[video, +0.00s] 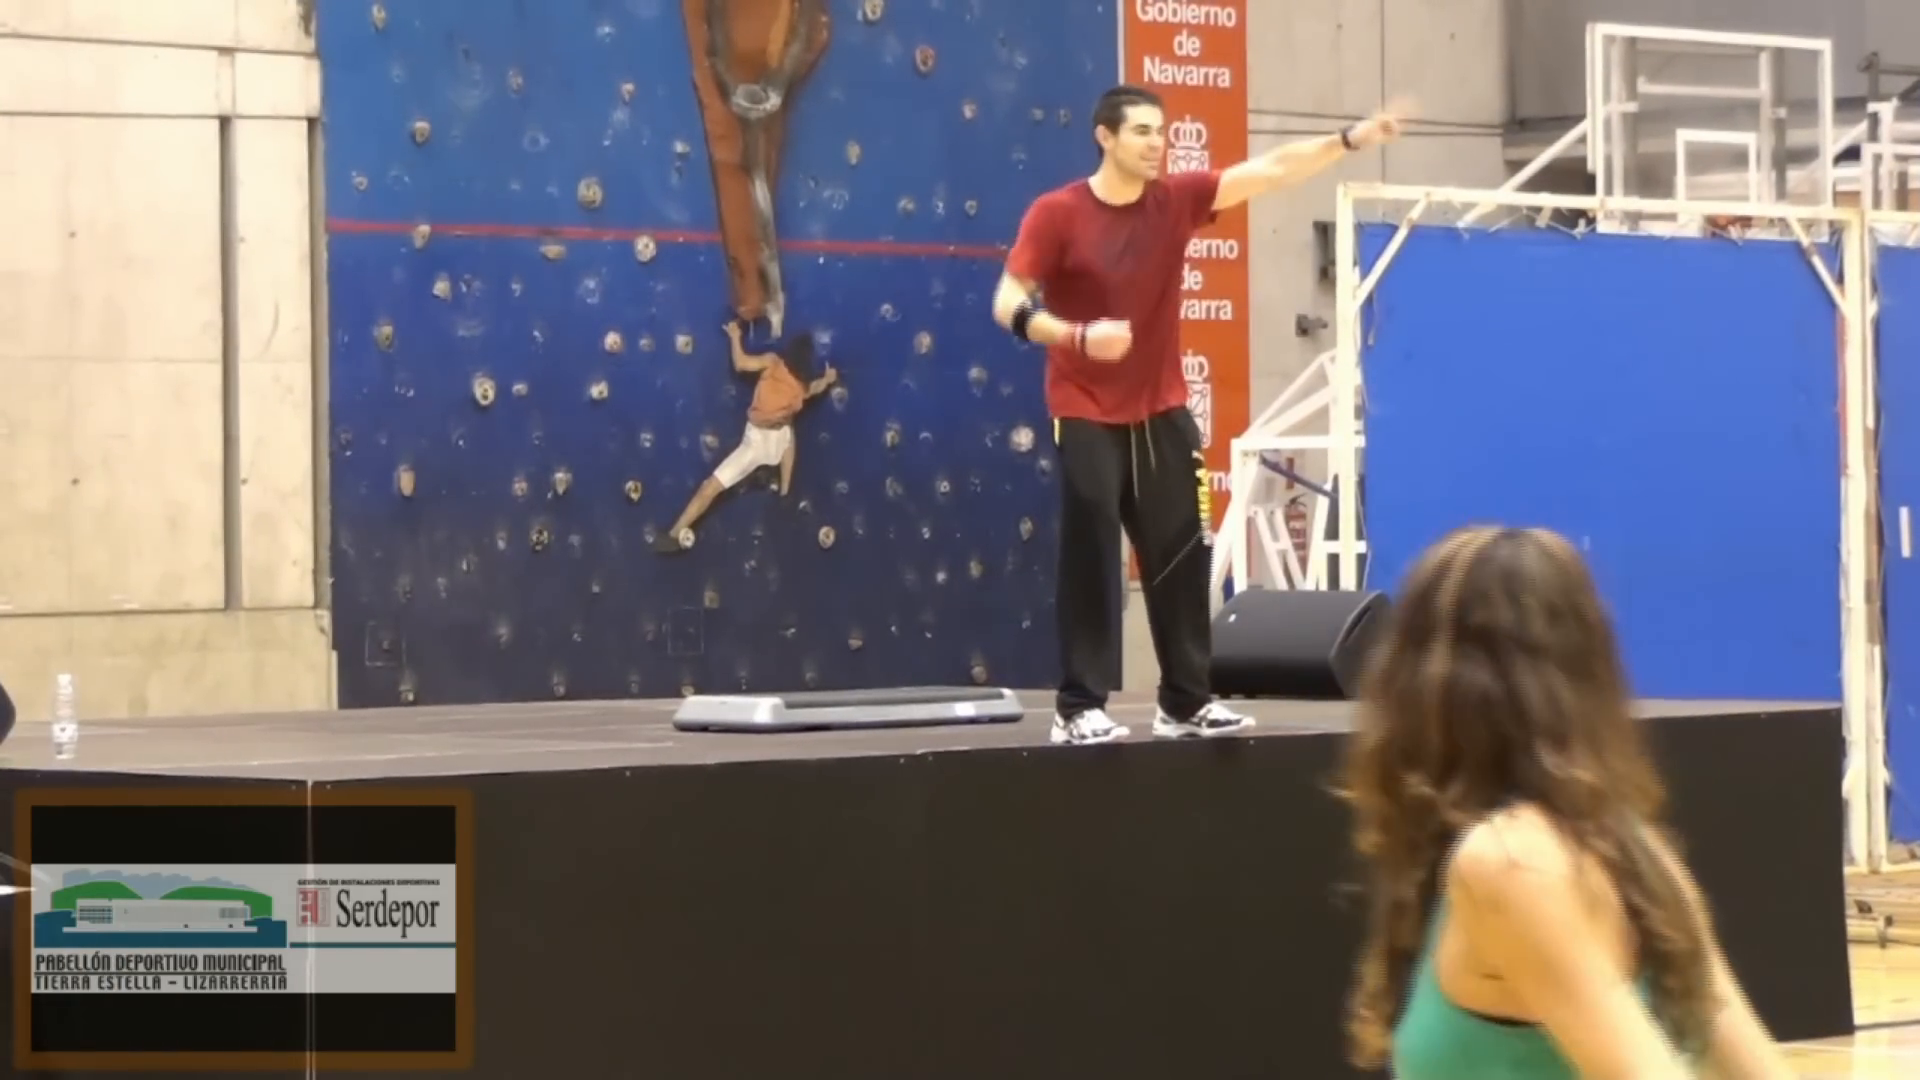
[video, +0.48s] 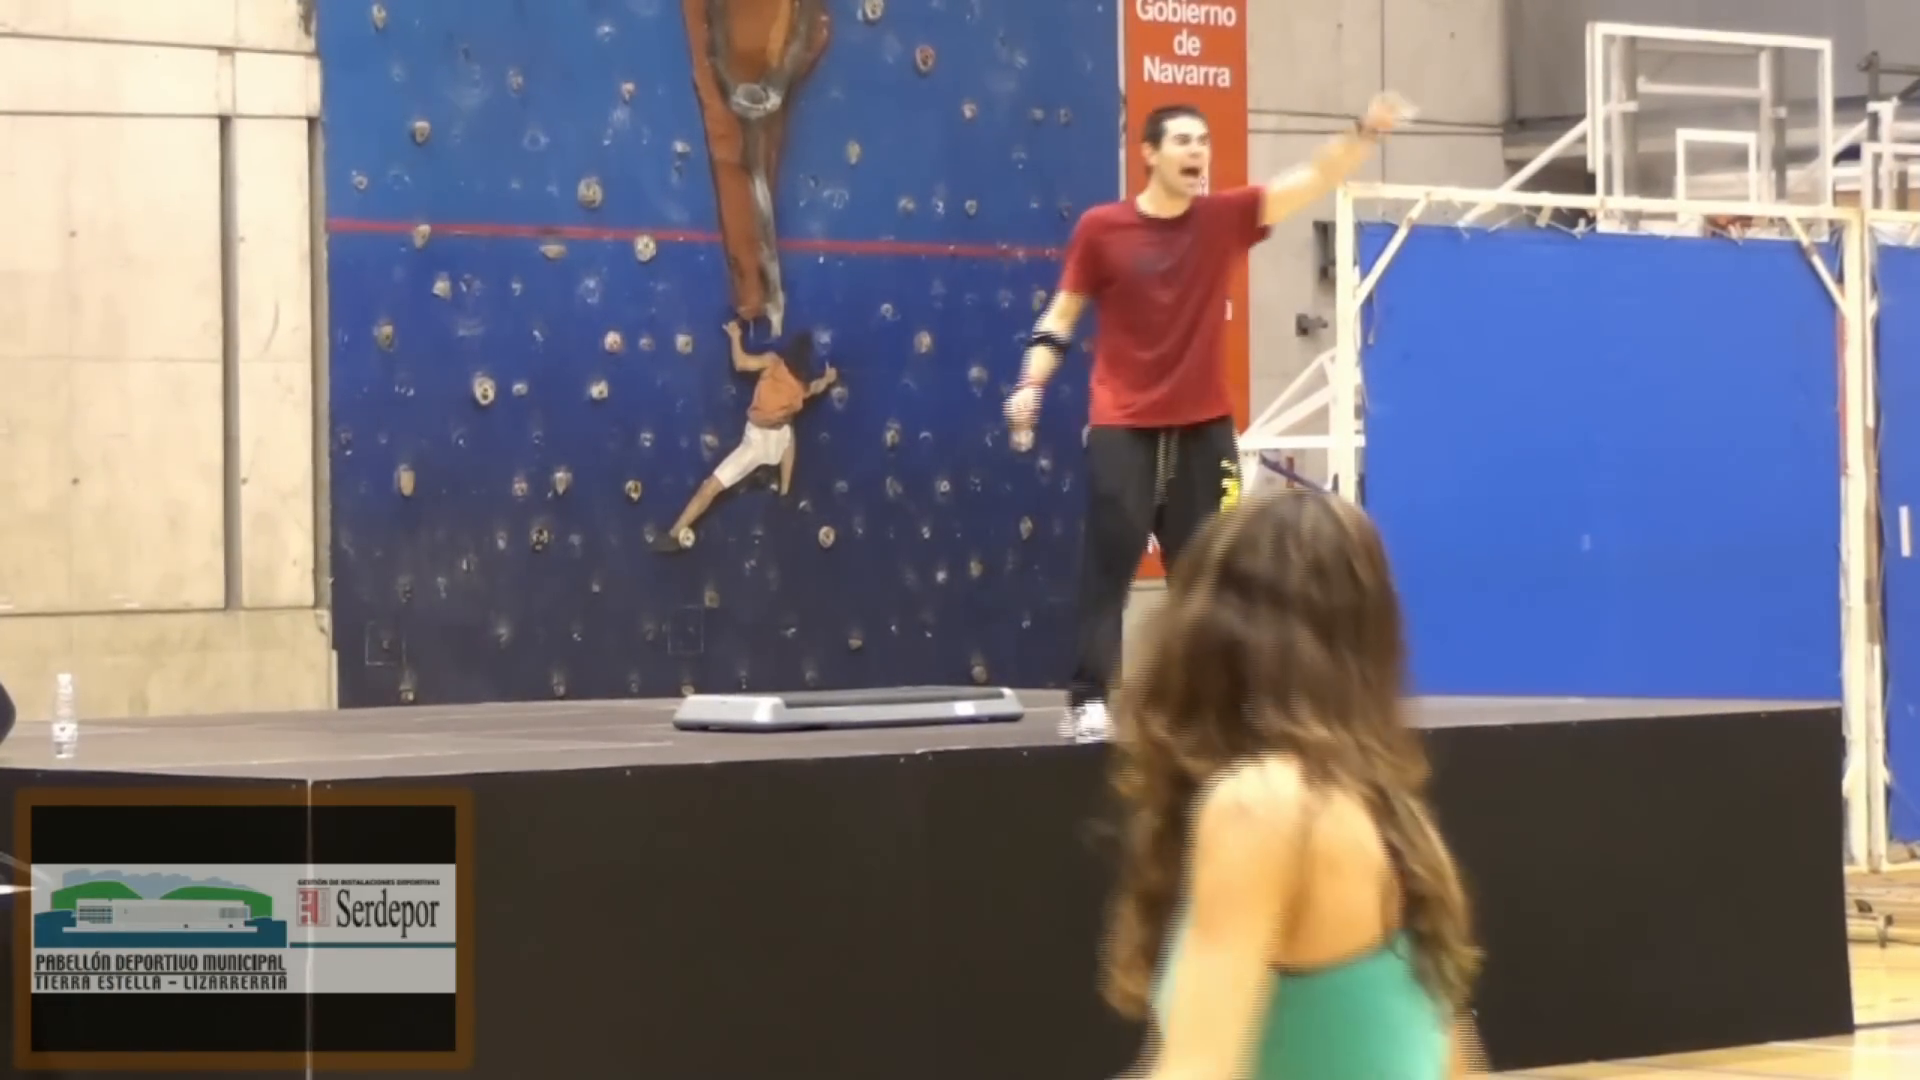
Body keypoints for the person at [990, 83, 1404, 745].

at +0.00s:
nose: (1155, 144)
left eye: (1160, 133)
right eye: (1142, 132)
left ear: (1164, 139)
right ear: (1105, 138)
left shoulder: (1178, 198)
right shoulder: (1056, 213)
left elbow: (1272, 171)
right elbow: (1008, 306)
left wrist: (1351, 139)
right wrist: (1079, 335)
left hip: (1161, 406)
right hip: (1086, 410)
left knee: (1178, 550)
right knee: (1091, 552)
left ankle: (1187, 701)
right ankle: (1081, 706)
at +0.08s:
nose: (1147, 142)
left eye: (1153, 132)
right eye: (1133, 130)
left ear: (1159, 142)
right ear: (1098, 137)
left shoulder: (1177, 200)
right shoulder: (1054, 214)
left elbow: (1273, 176)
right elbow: (1017, 312)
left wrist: (1345, 150)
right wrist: (1078, 350)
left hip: (1164, 409)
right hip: (1086, 414)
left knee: (1186, 550)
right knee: (1090, 556)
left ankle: (1189, 700)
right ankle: (1081, 707)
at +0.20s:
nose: (1148, 136)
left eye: (1154, 126)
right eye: (1134, 125)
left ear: (1161, 137)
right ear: (1101, 134)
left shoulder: (1185, 197)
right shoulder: (1059, 209)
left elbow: (1271, 179)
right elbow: (1018, 301)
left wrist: (1320, 152)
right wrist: (1056, 367)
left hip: (1173, 410)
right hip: (1094, 415)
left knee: (1204, 555)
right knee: (1090, 563)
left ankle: (1190, 686)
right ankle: (1079, 706)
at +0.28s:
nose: (1161, 142)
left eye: (1166, 131)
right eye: (1146, 130)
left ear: (1171, 141)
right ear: (1111, 140)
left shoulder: (1193, 201)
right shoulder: (1069, 215)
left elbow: (1287, 168)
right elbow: (1020, 300)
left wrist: (1336, 118)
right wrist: (1028, 382)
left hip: (1176, 407)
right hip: (1095, 411)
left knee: (1201, 551)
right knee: (1093, 552)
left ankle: (1195, 679)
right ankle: (1079, 704)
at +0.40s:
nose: (1185, 159)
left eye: (1191, 148)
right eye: (1170, 147)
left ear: (1198, 161)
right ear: (1134, 161)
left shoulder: (1209, 221)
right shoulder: (1088, 234)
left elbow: (1288, 161)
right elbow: (1036, 315)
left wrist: (1356, 100)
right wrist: (1008, 390)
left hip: (1190, 423)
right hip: (1111, 424)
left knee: (1196, 561)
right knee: (1107, 539)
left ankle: (1234, 707)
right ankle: (1081, 707)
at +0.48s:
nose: (1196, 152)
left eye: (1203, 142)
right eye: (1182, 141)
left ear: (1210, 155)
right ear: (1148, 154)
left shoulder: (1224, 215)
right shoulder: (1102, 226)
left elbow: (1312, 180)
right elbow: (1063, 313)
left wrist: (1364, 134)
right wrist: (1030, 385)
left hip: (1204, 421)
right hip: (1123, 422)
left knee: (1207, 570)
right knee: (1111, 561)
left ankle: (1219, 706)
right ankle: (1090, 698)